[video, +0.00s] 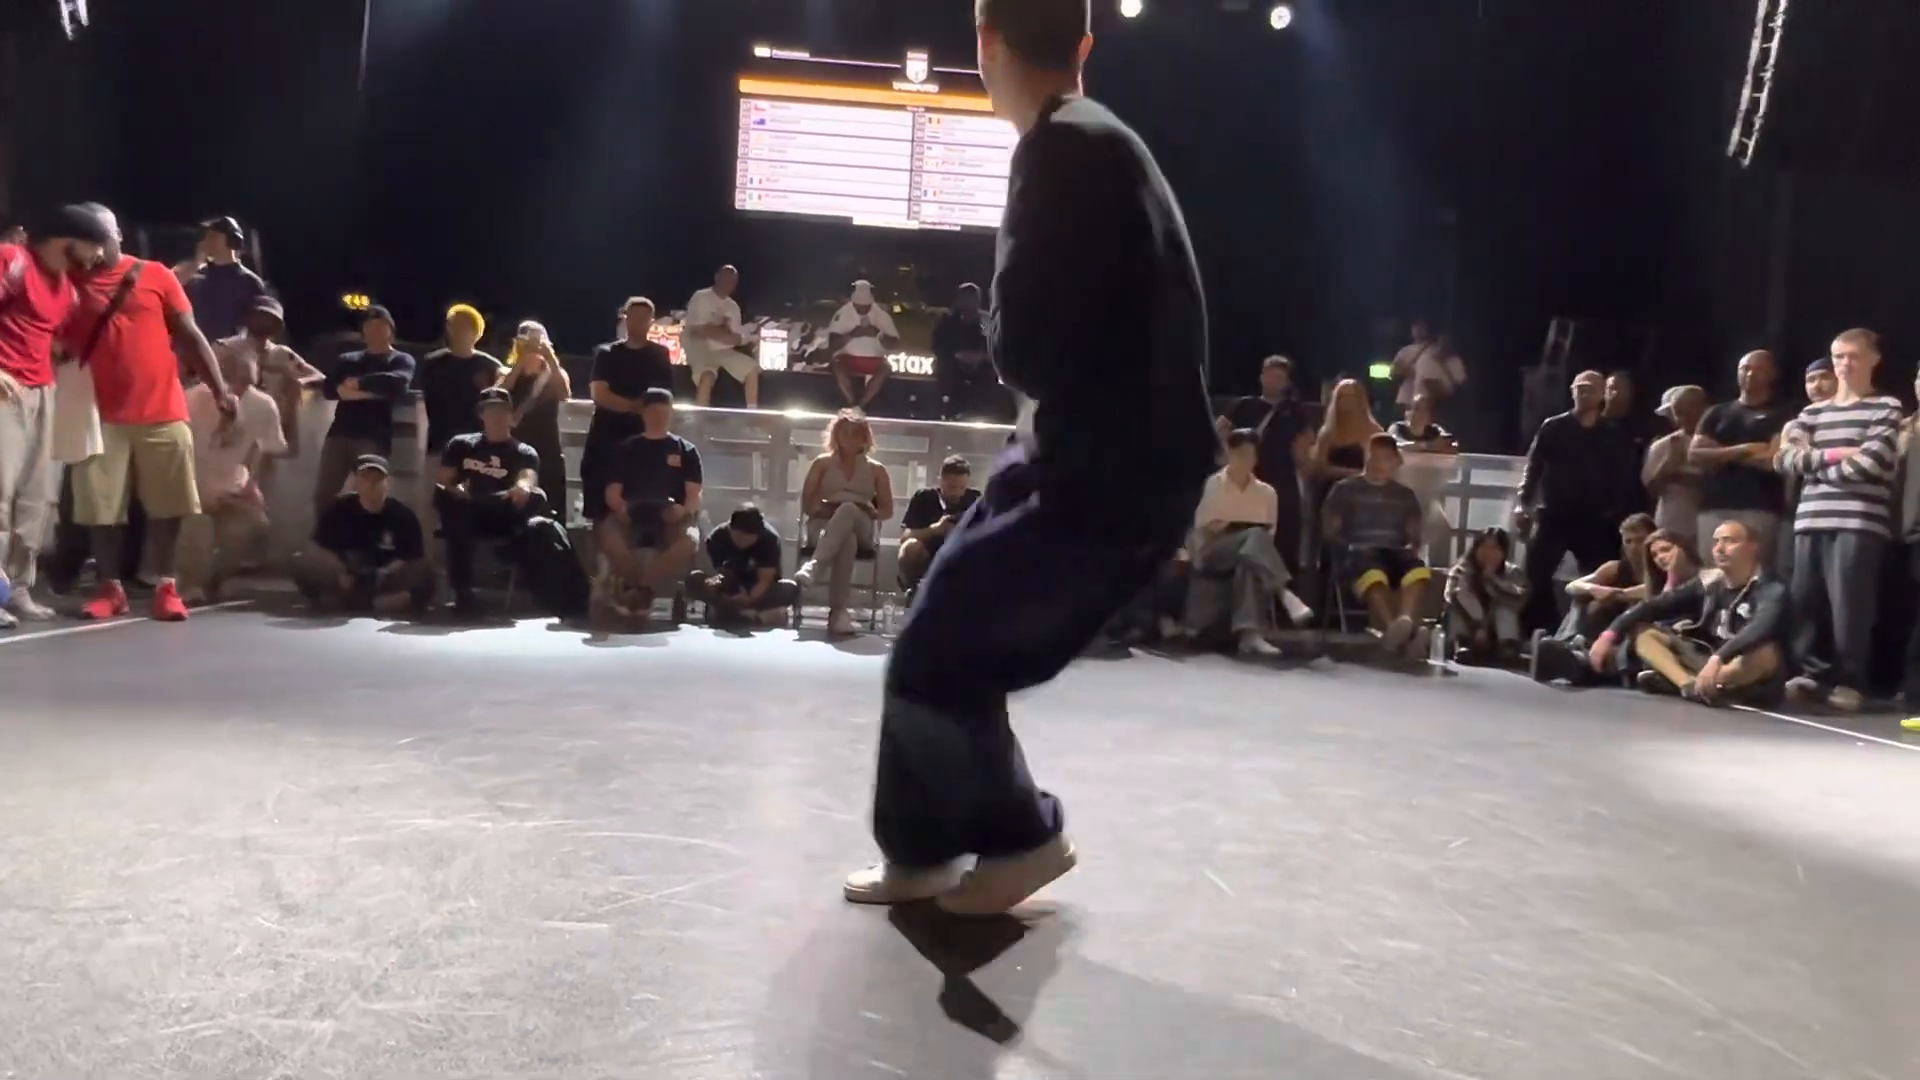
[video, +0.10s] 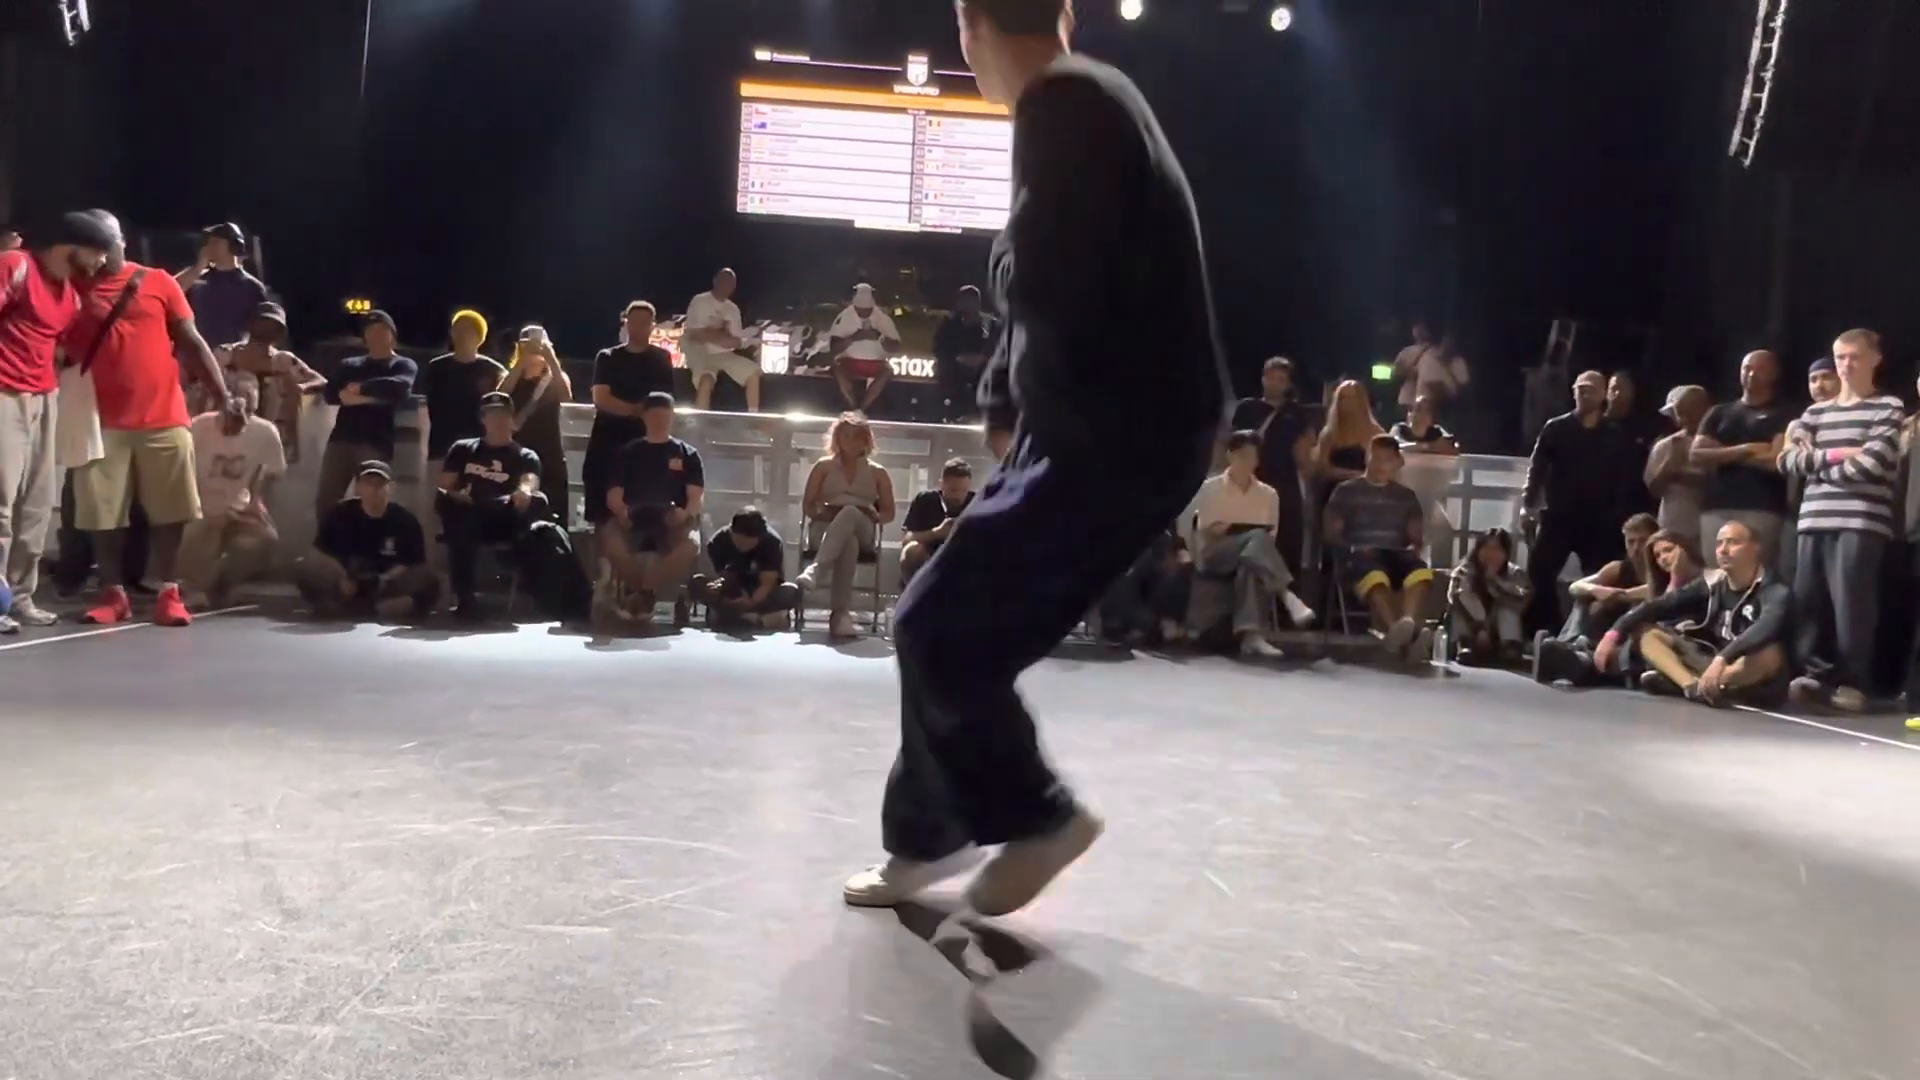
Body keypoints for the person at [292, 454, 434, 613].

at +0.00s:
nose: (371, 485)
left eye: (377, 480)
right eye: (366, 479)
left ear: (386, 483)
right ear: (356, 481)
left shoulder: (402, 515)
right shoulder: (338, 509)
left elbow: (413, 557)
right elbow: (320, 548)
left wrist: (384, 573)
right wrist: (341, 574)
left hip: (385, 575)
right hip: (346, 572)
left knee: (424, 573)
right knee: (301, 562)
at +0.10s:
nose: (374, 491)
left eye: (380, 485)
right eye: (369, 484)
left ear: (389, 488)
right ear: (358, 487)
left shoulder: (405, 520)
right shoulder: (339, 514)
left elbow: (415, 562)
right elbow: (319, 553)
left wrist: (387, 579)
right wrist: (341, 578)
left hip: (386, 581)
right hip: (347, 580)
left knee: (428, 580)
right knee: (304, 567)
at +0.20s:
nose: (373, 493)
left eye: (379, 486)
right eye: (367, 486)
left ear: (388, 489)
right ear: (357, 489)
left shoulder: (404, 521)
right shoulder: (338, 515)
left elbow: (413, 563)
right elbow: (318, 553)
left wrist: (386, 579)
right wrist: (340, 578)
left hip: (386, 582)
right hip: (346, 581)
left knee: (427, 581)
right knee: (304, 570)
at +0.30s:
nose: (367, 486)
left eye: (372, 480)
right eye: (361, 480)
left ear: (382, 483)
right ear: (352, 483)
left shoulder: (399, 514)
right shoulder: (334, 508)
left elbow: (409, 556)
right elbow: (318, 549)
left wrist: (381, 573)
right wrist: (337, 573)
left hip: (382, 576)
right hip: (343, 575)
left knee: (422, 574)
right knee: (300, 563)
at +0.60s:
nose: (371, 499)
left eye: (376, 493)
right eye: (365, 493)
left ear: (385, 496)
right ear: (355, 497)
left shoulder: (403, 528)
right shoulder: (339, 524)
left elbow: (413, 570)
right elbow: (323, 561)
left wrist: (394, 581)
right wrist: (341, 579)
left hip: (386, 588)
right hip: (348, 587)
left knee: (425, 588)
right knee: (305, 578)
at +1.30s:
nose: (378, 513)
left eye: (383, 507)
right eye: (372, 507)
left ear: (392, 509)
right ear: (362, 510)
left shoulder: (410, 540)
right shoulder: (345, 536)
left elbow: (420, 582)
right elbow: (331, 577)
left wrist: (393, 601)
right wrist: (349, 594)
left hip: (395, 601)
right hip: (356, 601)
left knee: (435, 601)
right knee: (312, 592)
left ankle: (357, 630)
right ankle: (383, 630)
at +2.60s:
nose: (395, 503)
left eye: (400, 496)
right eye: (389, 496)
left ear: (408, 499)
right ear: (379, 500)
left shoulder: (425, 529)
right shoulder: (363, 525)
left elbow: (434, 570)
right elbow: (346, 564)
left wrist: (408, 591)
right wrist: (365, 584)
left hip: (409, 590)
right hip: (372, 589)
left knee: (449, 589)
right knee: (328, 579)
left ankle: (372, 617)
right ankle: (398, 618)